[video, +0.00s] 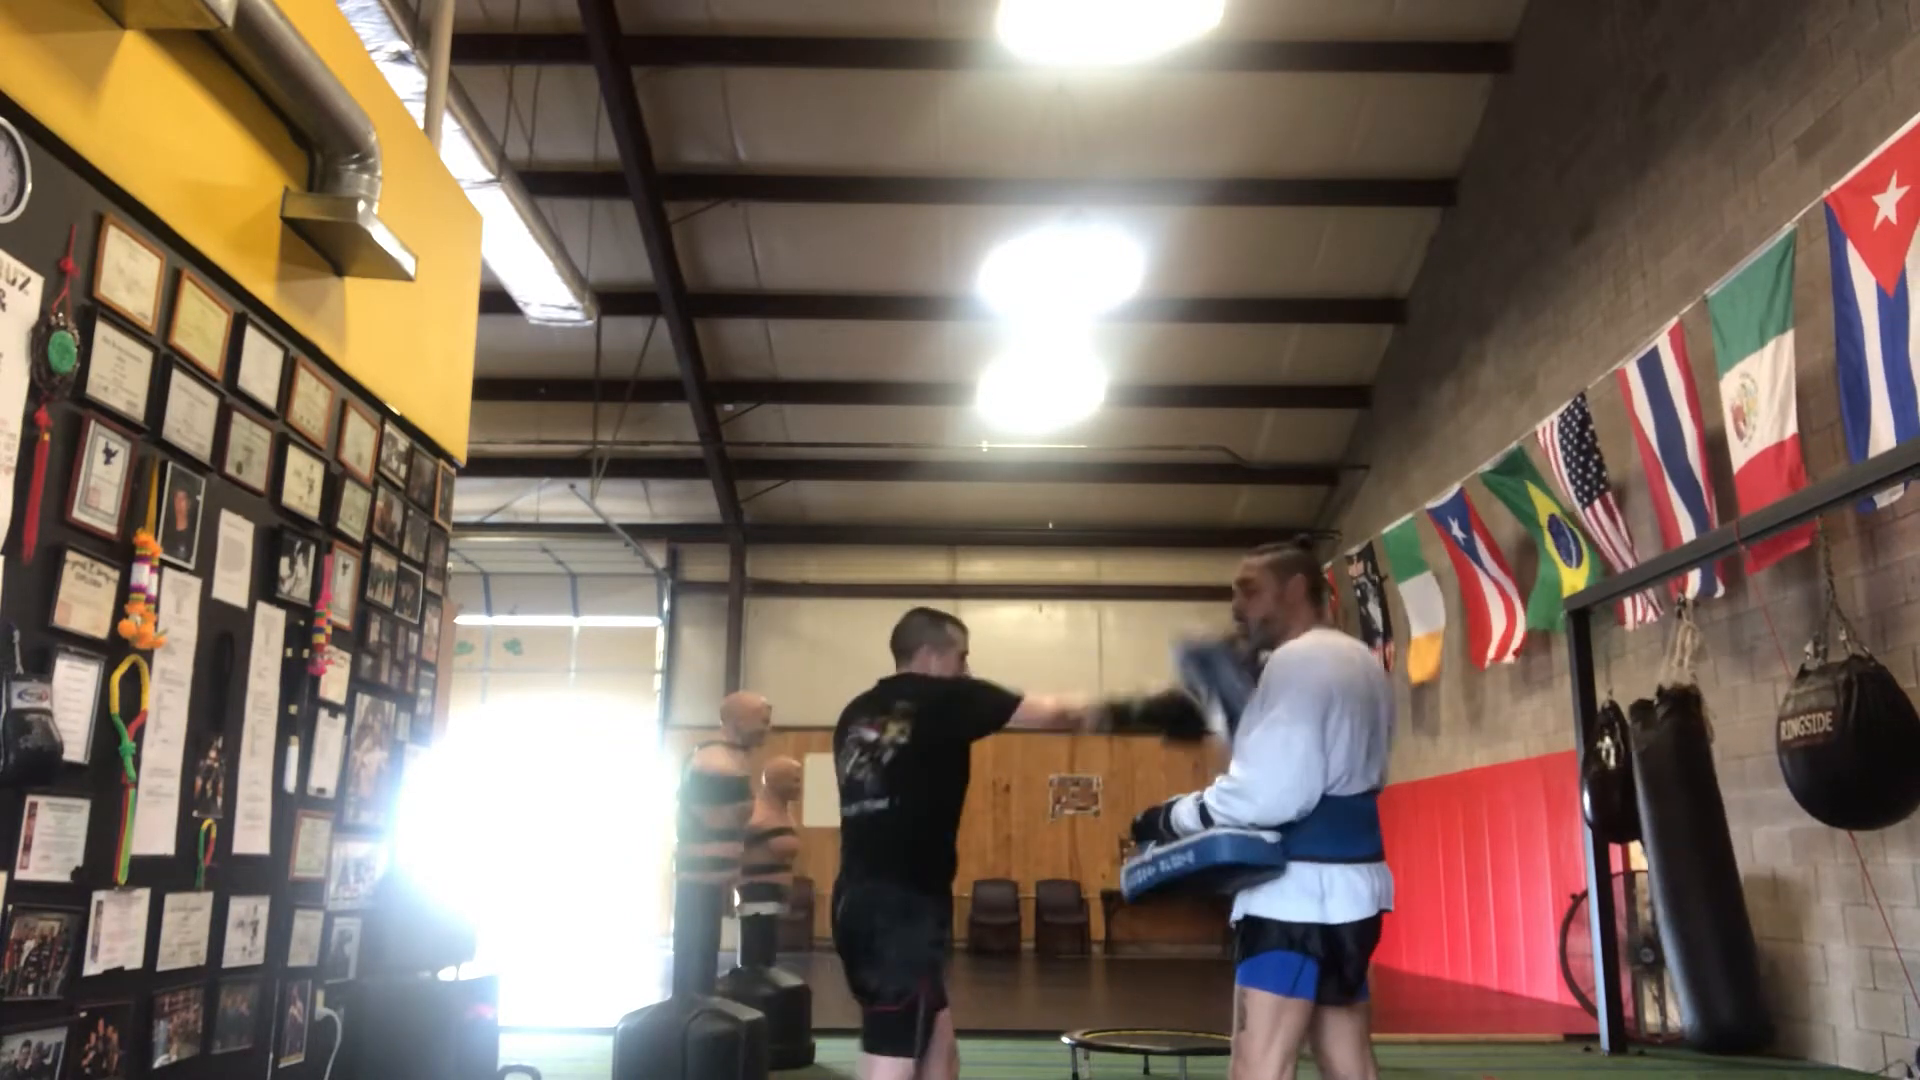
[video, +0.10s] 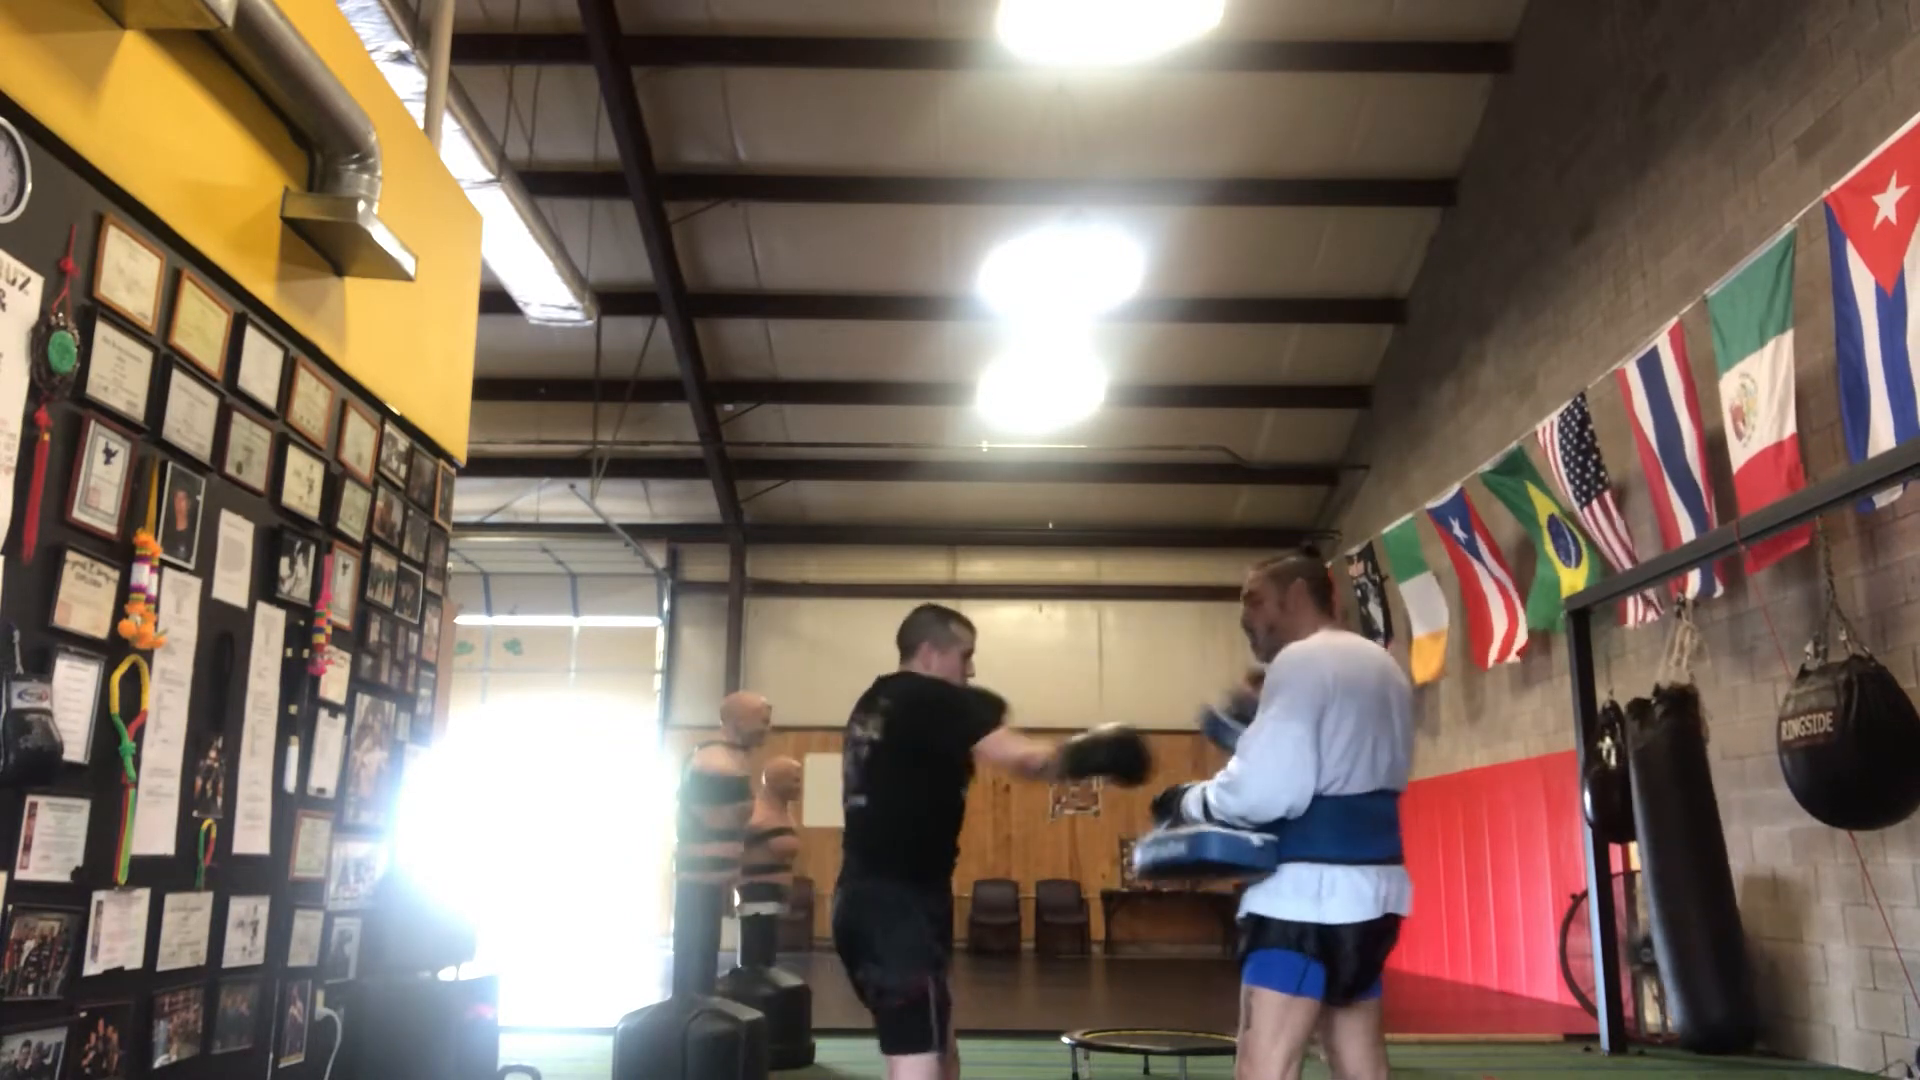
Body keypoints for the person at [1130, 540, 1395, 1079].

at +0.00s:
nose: (1235, 605)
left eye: (1248, 589)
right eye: (1235, 592)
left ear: (1297, 590)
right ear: (1299, 594)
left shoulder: (1297, 663)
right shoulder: (1363, 660)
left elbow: (1272, 788)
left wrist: (1173, 817)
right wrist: (1237, 696)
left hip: (1293, 894)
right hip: (1353, 888)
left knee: (1259, 1065)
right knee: (1348, 1062)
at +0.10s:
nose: (1244, 618)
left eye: (1252, 602)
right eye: (1243, 605)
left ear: (1295, 595)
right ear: (1303, 598)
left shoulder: (1301, 664)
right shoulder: (1383, 664)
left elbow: (1271, 788)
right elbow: (1342, 769)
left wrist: (1187, 800)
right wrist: (1258, 728)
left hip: (1306, 895)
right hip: (1375, 890)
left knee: (1264, 1064)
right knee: (1360, 1061)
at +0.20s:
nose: (1250, 631)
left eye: (1254, 613)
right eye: (1248, 618)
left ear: (1293, 598)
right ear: (1305, 602)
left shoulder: (1302, 661)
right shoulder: (1405, 669)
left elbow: (1271, 787)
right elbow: (1419, 781)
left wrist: (1211, 777)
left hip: (1327, 895)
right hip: (1403, 889)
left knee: (1275, 1062)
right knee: (1376, 1063)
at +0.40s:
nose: (1274, 640)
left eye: (1275, 623)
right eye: (1270, 628)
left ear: (1306, 602)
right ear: (1337, 605)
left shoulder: (1307, 658)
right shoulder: (1432, 666)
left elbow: (1271, 788)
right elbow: (1460, 784)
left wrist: (1267, 730)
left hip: (1354, 890)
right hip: (1438, 891)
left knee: (1293, 1054)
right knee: (1400, 1061)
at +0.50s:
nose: (1285, 639)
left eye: (1284, 623)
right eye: (1280, 627)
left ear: (1314, 605)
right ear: (1348, 604)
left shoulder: (1312, 658)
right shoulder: (1443, 664)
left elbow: (1274, 785)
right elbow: (1470, 783)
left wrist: (1274, 726)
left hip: (1363, 900)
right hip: (1447, 899)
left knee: (1350, 1065)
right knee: (1412, 1064)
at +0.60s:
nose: (1294, 638)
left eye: (1292, 622)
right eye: (1289, 626)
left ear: (1322, 603)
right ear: (1355, 601)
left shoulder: (1320, 657)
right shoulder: (1453, 661)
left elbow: (1279, 781)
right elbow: (1472, 775)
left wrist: (1279, 717)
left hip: (1386, 894)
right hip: (1464, 889)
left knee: (1387, 1068)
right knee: (1403, 1059)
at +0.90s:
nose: (1330, 626)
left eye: (1334, 606)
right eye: (1330, 608)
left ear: (1373, 591)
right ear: (1401, 588)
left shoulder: (1379, 654)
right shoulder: (1483, 648)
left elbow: (1305, 751)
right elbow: (1421, 732)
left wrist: (1262, 687)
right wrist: (1341, 675)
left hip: (1425, 901)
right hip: (1499, 892)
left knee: (1420, 1067)